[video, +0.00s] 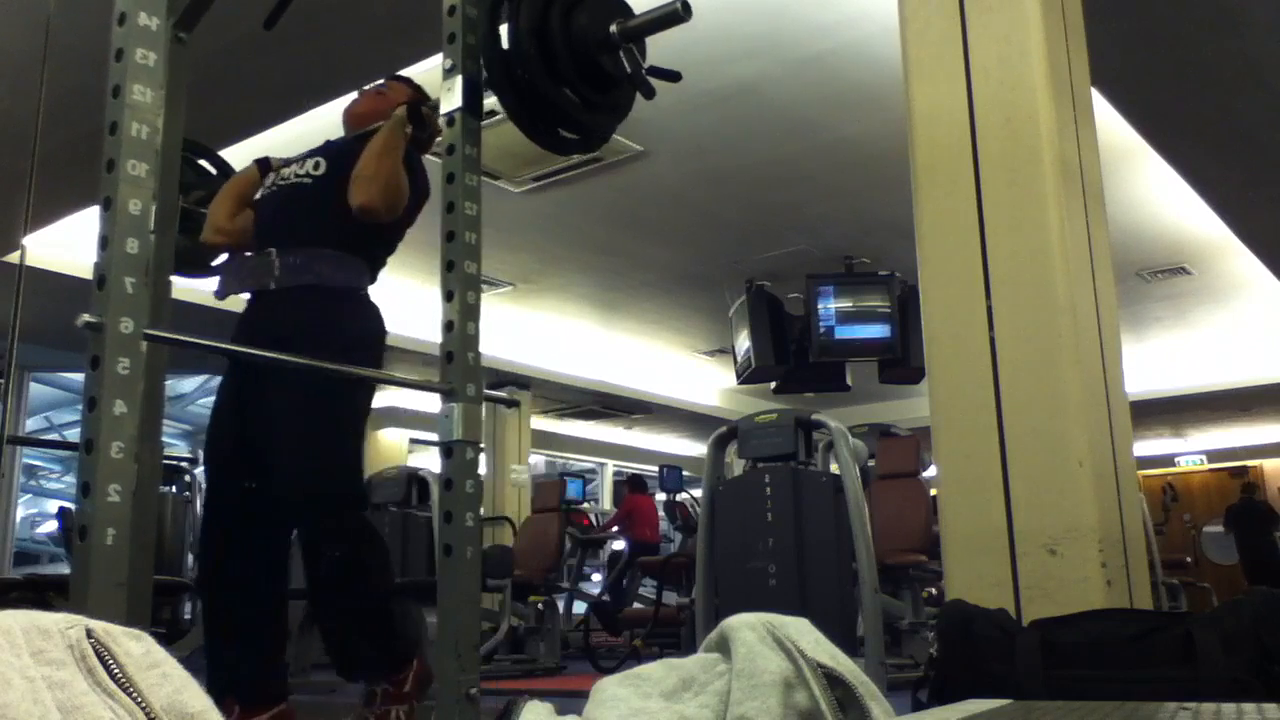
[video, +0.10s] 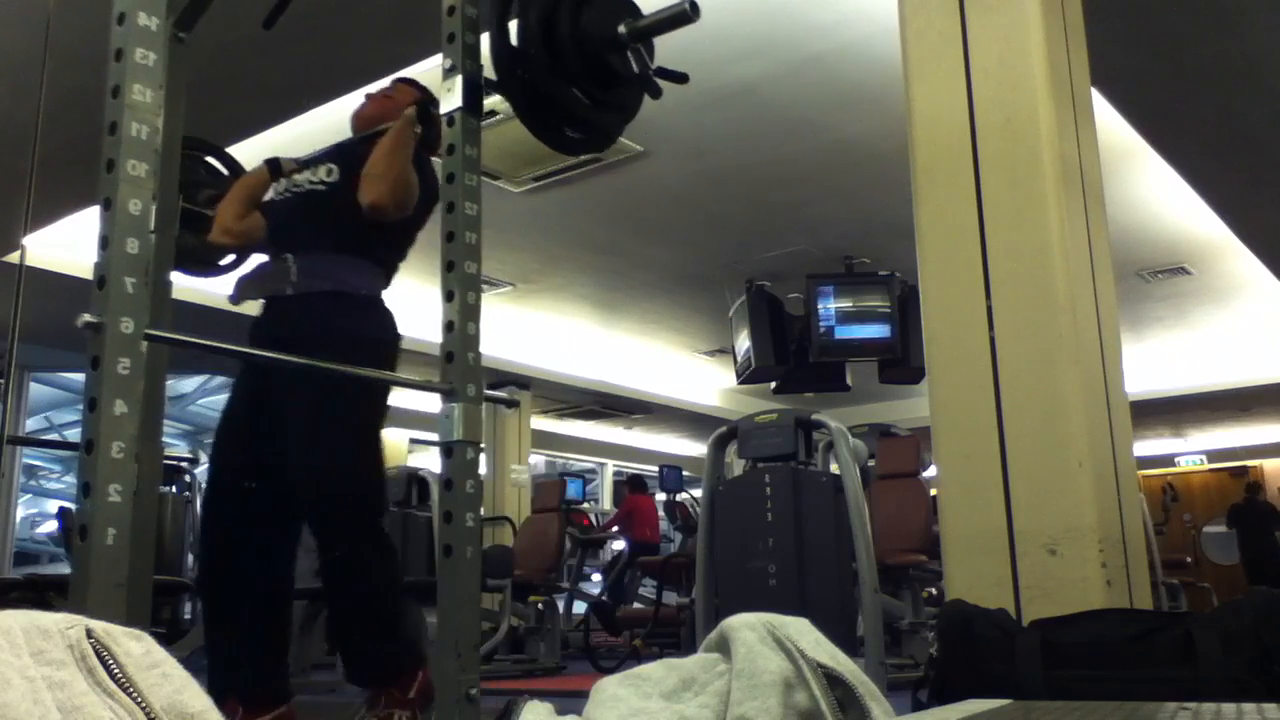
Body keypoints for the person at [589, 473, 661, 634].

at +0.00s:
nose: (625, 490)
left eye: (627, 488)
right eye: (626, 488)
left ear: (630, 488)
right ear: (644, 488)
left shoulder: (631, 499)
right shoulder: (650, 501)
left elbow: (617, 519)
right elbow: (636, 523)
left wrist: (600, 530)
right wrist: (618, 532)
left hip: (637, 548)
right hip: (654, 548)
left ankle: (617, 602)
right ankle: (622, 600)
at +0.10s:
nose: (625, 491)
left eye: (627, 488)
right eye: (625, 488)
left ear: (631, 488)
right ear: (644, 488)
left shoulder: (631, 500)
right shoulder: (650, 501)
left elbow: (617, 519)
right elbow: (637, 523)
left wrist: (600, 530)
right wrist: (618, 533)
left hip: (636, 547)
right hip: (654, 547)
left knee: (610, 570)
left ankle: (616, 603)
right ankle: (623, 602)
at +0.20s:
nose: (626, 491)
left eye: (627, 488)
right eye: (626, 488)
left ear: (630, 488)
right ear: (644, 487)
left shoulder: (631, 500)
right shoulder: (650, 501)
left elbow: (617, 519)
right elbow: (637, 523)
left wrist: (602, 529)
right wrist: (619, 531)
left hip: (637, 545)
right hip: (654, 546)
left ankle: (620, 595)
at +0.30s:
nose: (625, 490)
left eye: (626, 486)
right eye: (625, 486)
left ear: (630, 486)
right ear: (643, 485)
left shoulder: (631, 500)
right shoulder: (649, 500)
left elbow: (616, 520)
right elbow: (634, 523)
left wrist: (601, 529)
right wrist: (615, 534)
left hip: (635, 546)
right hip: (653, 547)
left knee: (604, 554)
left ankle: (608, 588)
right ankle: (630, 590)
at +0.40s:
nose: (625, 490)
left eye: (626, 486)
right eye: (625, 486)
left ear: (630, 486)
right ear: (643, 486)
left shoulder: (631, 500)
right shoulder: (649, 500)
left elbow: (616, 520)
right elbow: (634, 524)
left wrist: (601, 530)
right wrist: (615, 533)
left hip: (635, 546)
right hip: (653, 547)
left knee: (602, 553)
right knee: (630, 580)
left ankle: (606, 590)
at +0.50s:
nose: (625, 490)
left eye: (626, 487)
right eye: (625, 487)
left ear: (629, 487)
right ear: (643, 486)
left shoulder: (631, 501)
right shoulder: (649, 501)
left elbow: (616, 521)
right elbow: (635, 525)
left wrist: (600, 530)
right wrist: (615, 533)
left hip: (637, 546)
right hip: (654, 546)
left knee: (602, 562)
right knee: (626, 573)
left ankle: (598, 602)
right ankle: (631, 603)